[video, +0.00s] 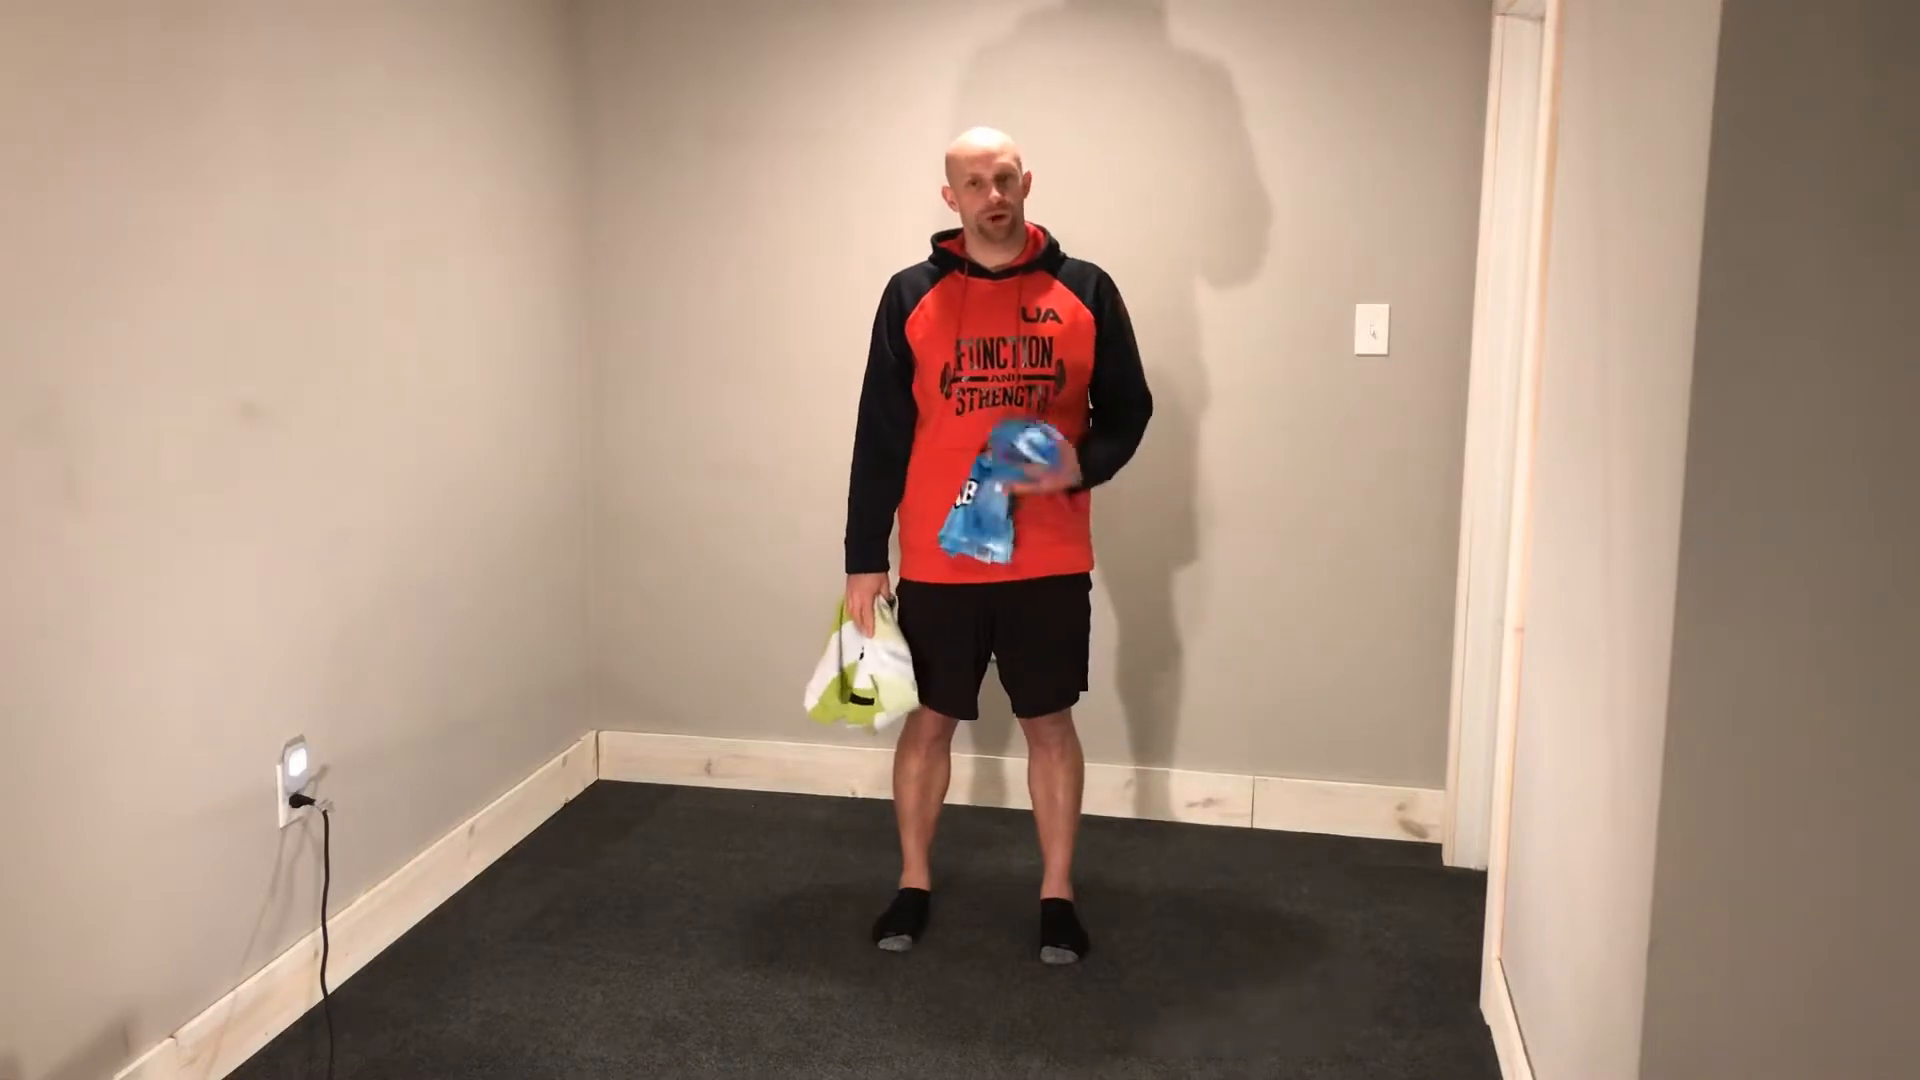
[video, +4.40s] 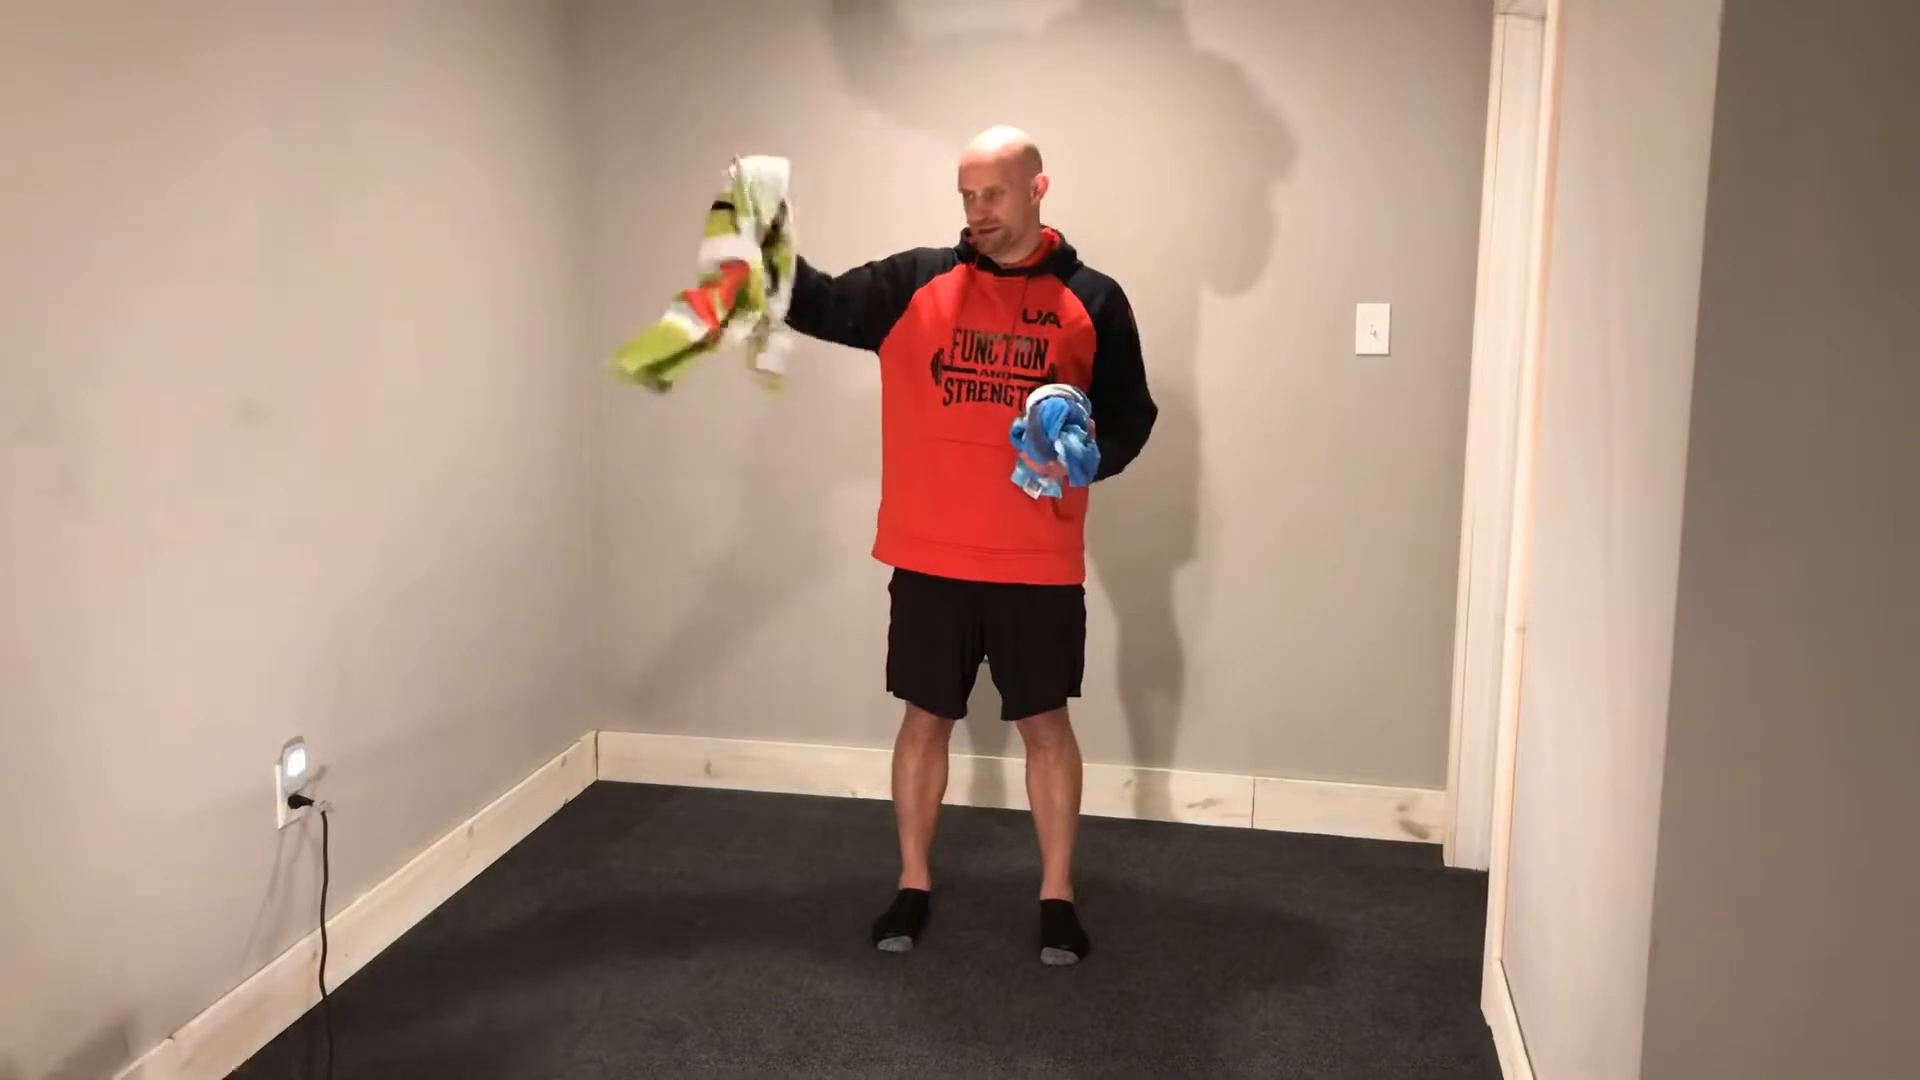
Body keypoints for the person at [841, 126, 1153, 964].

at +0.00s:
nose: (994, 194)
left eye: (1005, 179)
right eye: (977, 182)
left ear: (1027, 185)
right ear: (950, 196)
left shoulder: (1085, 290)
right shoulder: (911, 296)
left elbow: (1127, 410)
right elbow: (880, 434)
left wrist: (1078, 469)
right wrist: (864, 559)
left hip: (1044, 553)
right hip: (939, 556)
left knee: (1048, 723)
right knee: (928, 720)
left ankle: (1057, 896)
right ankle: (912, 886)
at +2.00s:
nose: (993, 194)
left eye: (1007, 181)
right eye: (979, 180)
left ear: (1027, 191)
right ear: (952, 188)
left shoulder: (1076, 294)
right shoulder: (904, 294)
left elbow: (1119, 417)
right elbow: (871, 431)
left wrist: (1065, 414)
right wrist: (856, 555)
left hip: (1036, 563)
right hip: (931, 563)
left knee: (1043, 726)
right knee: (923, 724)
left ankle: (1058, 896)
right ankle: (911, 888)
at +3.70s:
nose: (986, 205)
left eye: (1000, 187)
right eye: (970, 190)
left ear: (1030, 185)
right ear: (951, 194)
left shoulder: (1090, 293)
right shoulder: (913, 294)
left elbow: (1128, 403)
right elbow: (854, 402)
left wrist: (1091, 445)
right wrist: (805, 500)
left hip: (1045, 559)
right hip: (938, 558)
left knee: (1048, 723)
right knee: (927, 718)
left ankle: (1058, 898)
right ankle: (912, 887)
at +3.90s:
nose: (962, 222)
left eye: (976, 206)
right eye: (953, 205)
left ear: (1026, 191)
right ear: (946, 199)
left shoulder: (1091, 296)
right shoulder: (918, 288)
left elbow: (1131, 409)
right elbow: (850, 366)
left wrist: (1091, 444)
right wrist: (778, 386)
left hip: (1043, 558)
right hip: (937, 555)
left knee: (1046, 721)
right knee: (927, 716)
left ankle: (1058, 897)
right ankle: (912, 888)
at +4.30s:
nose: (973, 216)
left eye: (987, 199)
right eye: (964, 199)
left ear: (1036, 190)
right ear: (957, 197)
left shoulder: (1093, 300)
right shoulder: (917, 280)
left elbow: (1130, 413)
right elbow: (831, 320)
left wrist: (1087, 458)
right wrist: (764, 265)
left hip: (1039, 560)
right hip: (932, 553)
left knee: (1044, 721)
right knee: (926, 716)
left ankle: (1058, 898)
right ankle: (912, 886)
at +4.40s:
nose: (977, 214)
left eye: (992, 197)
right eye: (967, 198)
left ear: (1037, 190)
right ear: (959, 196)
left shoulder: (1092, 300)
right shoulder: (916, 281)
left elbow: (1131, 416)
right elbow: (822, 302)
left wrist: (1085, 453)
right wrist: (761, 239)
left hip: (1037, 559)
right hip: (932, 551)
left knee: (1044, 721)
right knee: (926, 716)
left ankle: (1057, 899)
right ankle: (913, 888)